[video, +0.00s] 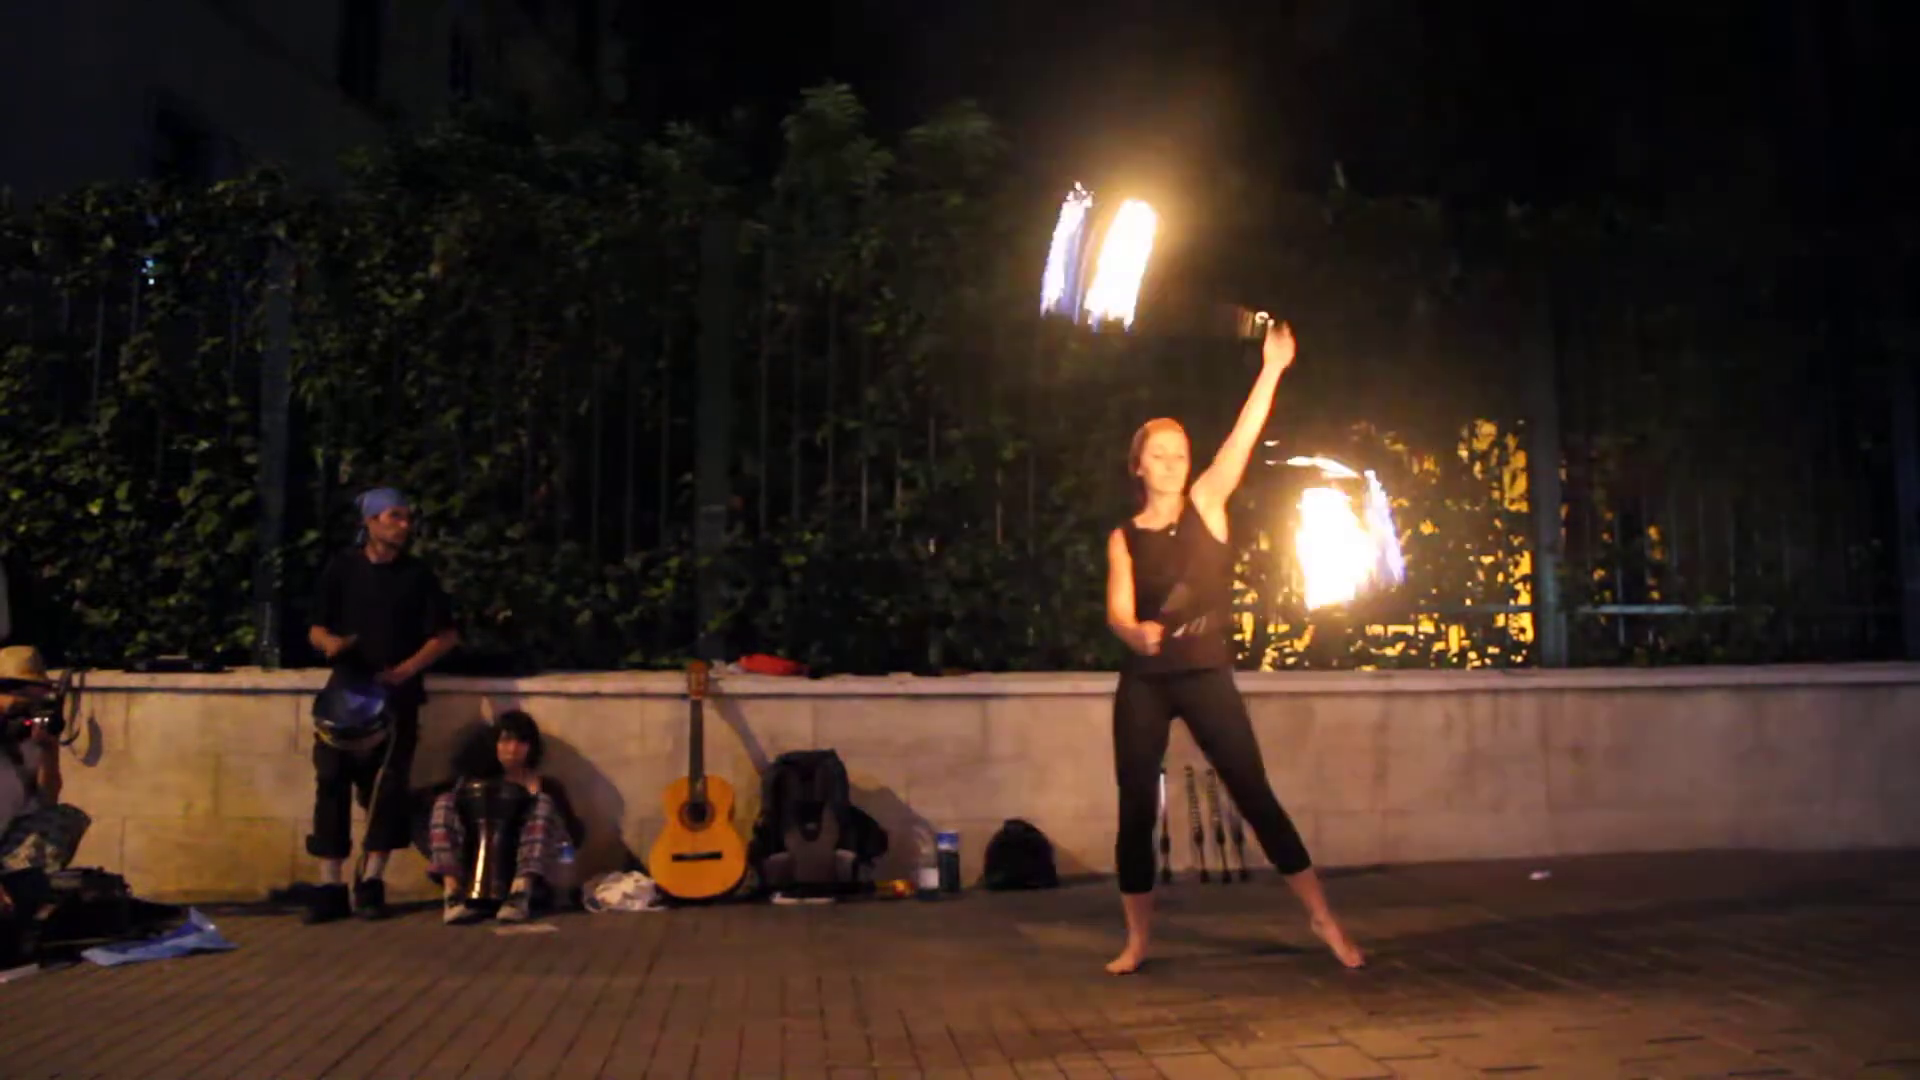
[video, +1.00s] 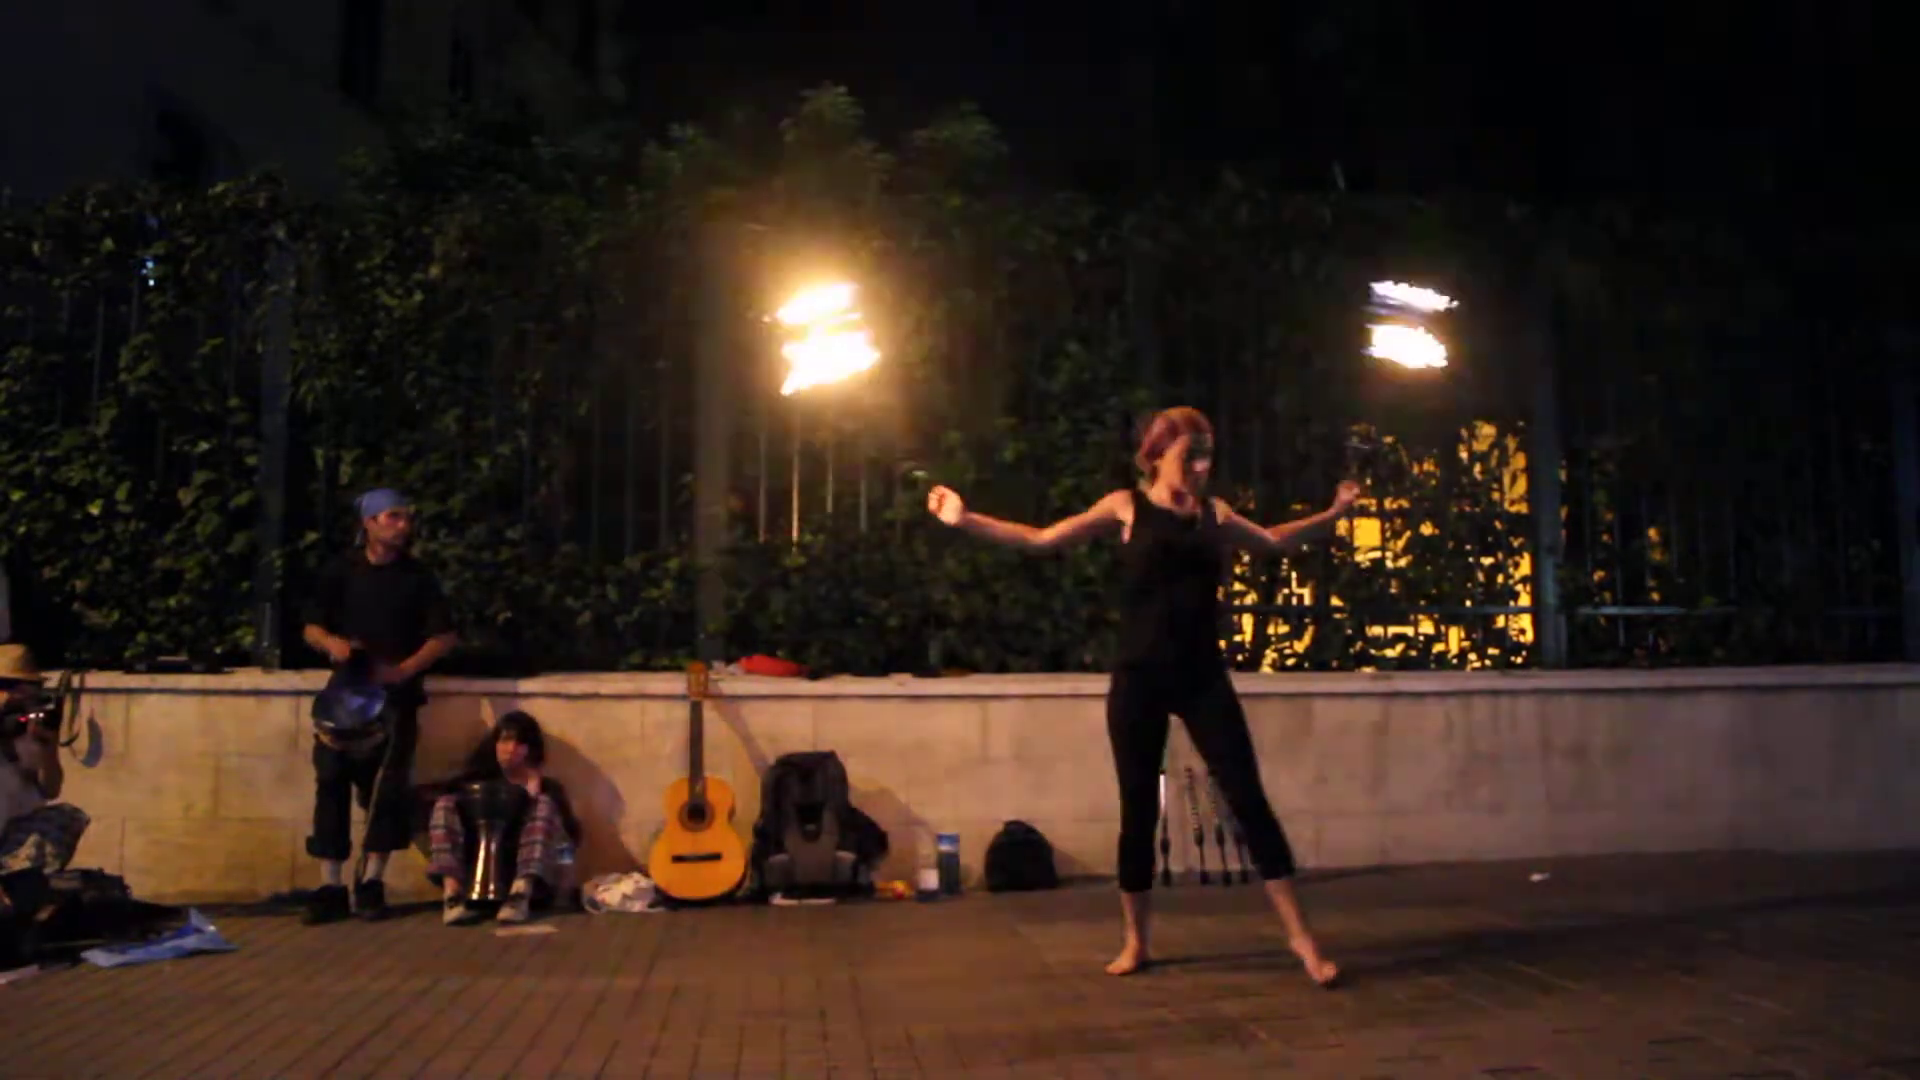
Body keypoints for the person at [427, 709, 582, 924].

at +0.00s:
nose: (512, 748)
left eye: (520, 742)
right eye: (505, 740)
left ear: (530, 748)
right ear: (495, 745)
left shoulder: (548, 786)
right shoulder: (479, 784)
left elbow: (574, 837)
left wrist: (538, 798)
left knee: (543, 805)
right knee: (444, 804)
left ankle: (521, 891)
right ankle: (452, 892)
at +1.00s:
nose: (511, 749)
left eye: (520, 743)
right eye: (505, 740)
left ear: (531, 750)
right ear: (495, 744)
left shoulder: (549, 788)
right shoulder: (477, 781)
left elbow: (570, 837)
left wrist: (536, 799)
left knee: (543, 806)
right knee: (445, 805)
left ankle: (521, 892)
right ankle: (452, 894)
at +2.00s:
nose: (514, 747)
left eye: (522, 741)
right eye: (508, 739)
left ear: (532, 749)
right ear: (498, 745)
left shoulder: (546, 791)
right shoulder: (479, 788)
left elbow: (563, 841)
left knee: (543, 806)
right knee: (445, 804)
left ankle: (521, 893)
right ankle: (451, 894)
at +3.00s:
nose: (520, 750)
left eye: (526, 743)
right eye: (512, 742)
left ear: (536, 749)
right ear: (498, 747)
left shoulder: (547, 790)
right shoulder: (480, 788)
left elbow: (566, 840)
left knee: (541, 806)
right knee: (444, 805)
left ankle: (520, 893)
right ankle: (451, 893)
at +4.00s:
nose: (518, 747)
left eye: (527, 742)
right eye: (513, 738)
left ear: (536, 750)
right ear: (503, 742)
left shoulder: (547, 787)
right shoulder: (480, 770)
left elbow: (568, 835)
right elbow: (431, 790)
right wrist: (467, 755)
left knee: (542, 807)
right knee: (444, 805)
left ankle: (520, 893)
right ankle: (451, 892)